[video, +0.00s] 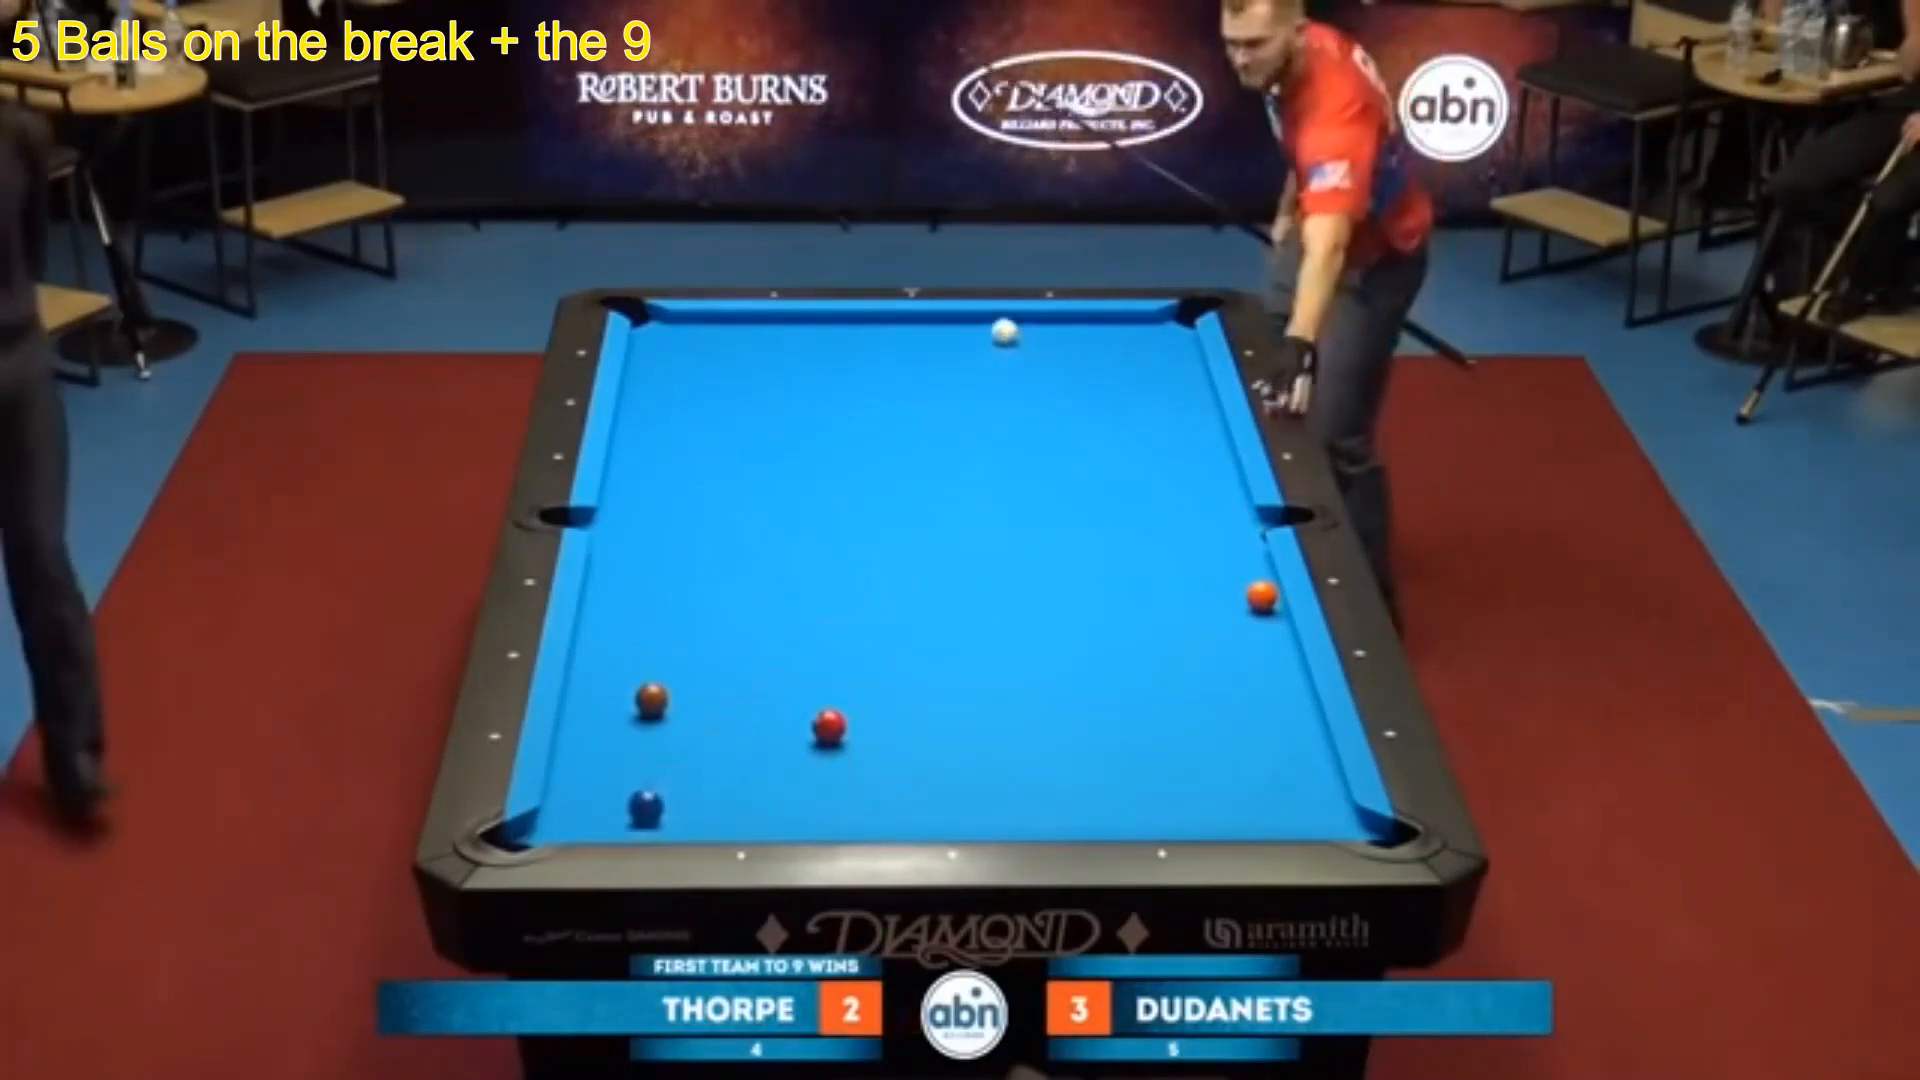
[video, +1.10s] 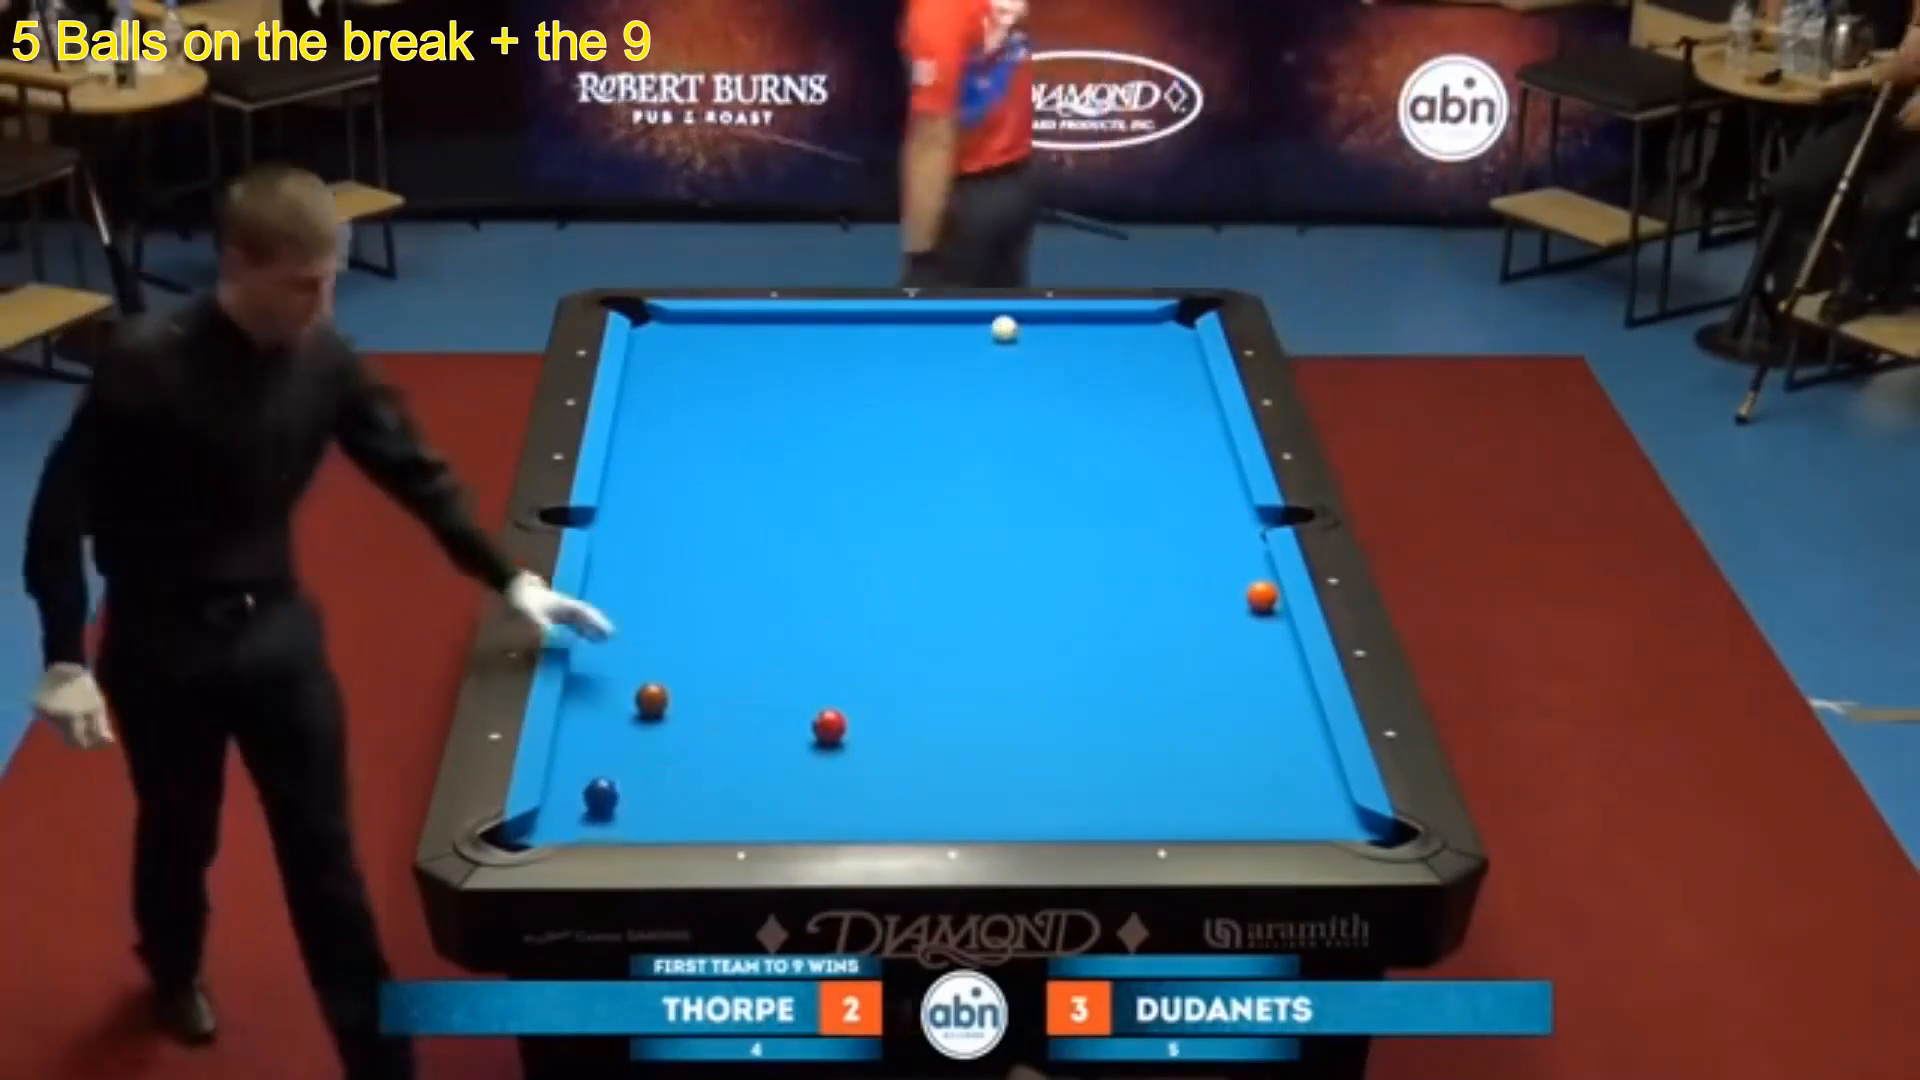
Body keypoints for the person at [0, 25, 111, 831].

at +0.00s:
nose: (18, 44)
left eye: (17, 39)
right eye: (18, 38)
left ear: (11, 54)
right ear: (11, 48)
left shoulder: (24, 135)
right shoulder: (22, 135)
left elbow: (30, 248)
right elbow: (33, 248)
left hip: (16, 349)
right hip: (19, 350)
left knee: (39, 558)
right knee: (40, 559)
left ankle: (77, 760)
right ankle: (77, 762)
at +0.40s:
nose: (55, 130)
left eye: (65, 111)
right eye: (37, 115)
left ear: (81, 103)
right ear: (1, 113)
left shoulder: (111, 171)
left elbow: (126, 281)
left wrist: (131, 355)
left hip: (101, 422)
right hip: (12, 436)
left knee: (92, 632)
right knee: (52, 649)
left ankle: (84, 785)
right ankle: (62, 853)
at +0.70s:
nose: (121, 202)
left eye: (130, 183)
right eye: (101, 188)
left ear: (141, 167)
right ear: (48, 180)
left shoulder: (178, 233)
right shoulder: (13, 260)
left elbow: (212, 354)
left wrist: (221, 466)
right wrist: (10, 517)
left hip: (180, 501)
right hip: (72, 517)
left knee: (202, 710)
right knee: (121, 735)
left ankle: (116, 790)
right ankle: (156, 950)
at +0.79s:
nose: (149, 204)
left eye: (157, 184)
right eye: (128, 192)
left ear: (167, 169)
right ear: (71, 185)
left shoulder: (207, 246)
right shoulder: (27, 280)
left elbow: (243, 373)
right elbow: (6, 429)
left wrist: (273, 493)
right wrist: (11, 554)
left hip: (196, 514)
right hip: (87, 531)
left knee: (239, 742)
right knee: (132, 754)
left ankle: (151, 833)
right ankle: (158, 948)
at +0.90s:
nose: (211, 228)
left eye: (217, 209)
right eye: (190, 213)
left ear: (223, 194)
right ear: (122, 203)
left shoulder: (243, 273)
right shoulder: (53, 313)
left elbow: (298, 396)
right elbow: (5, 469)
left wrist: (356, 514)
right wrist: (12, 605)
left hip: (227, 546)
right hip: (119, 566)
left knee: (281, 775)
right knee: (140, 784)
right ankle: (160, 967)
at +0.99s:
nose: (252, 255)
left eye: (257, 236)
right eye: (232, 240)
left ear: (260, 222)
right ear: (165, 231)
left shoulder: (265, 303)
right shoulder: (84, 335)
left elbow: (339, 419)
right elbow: (20, 486)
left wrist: (416, 534)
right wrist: (31, 636)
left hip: (244, 577)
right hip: (135, 598)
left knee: (291, 816)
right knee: (152, 804)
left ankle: (356, 1041)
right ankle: (164, 965)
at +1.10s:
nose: (322, 304)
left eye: (328, 282)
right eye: (303, 285)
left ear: (331, 266)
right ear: (238, 270)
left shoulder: (324, 362)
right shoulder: (144, 366)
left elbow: (414, 471)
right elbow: (57, 512)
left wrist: (510, 578)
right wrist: (64, 658)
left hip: (272, 626)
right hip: (159, 640)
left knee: (325, 861)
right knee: (177, 836)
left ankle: (378, 1058)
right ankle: (176, 979)